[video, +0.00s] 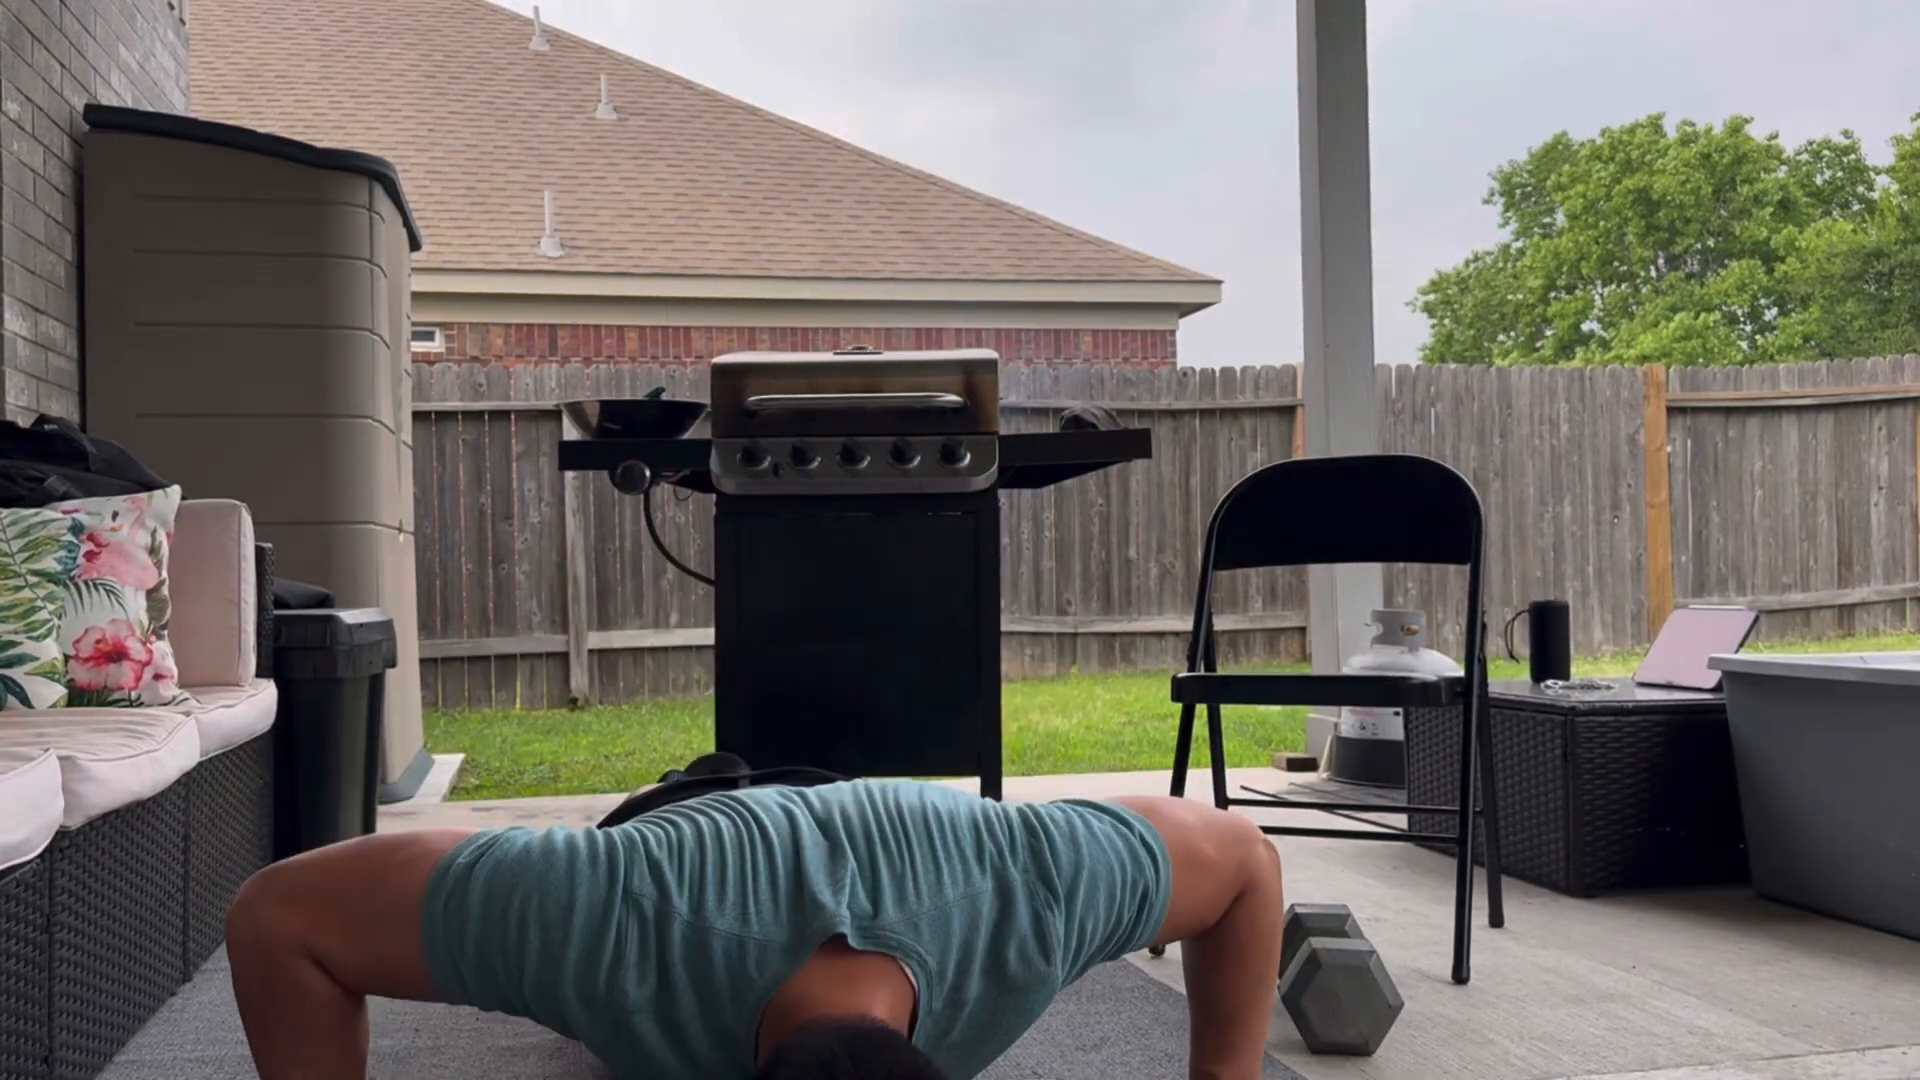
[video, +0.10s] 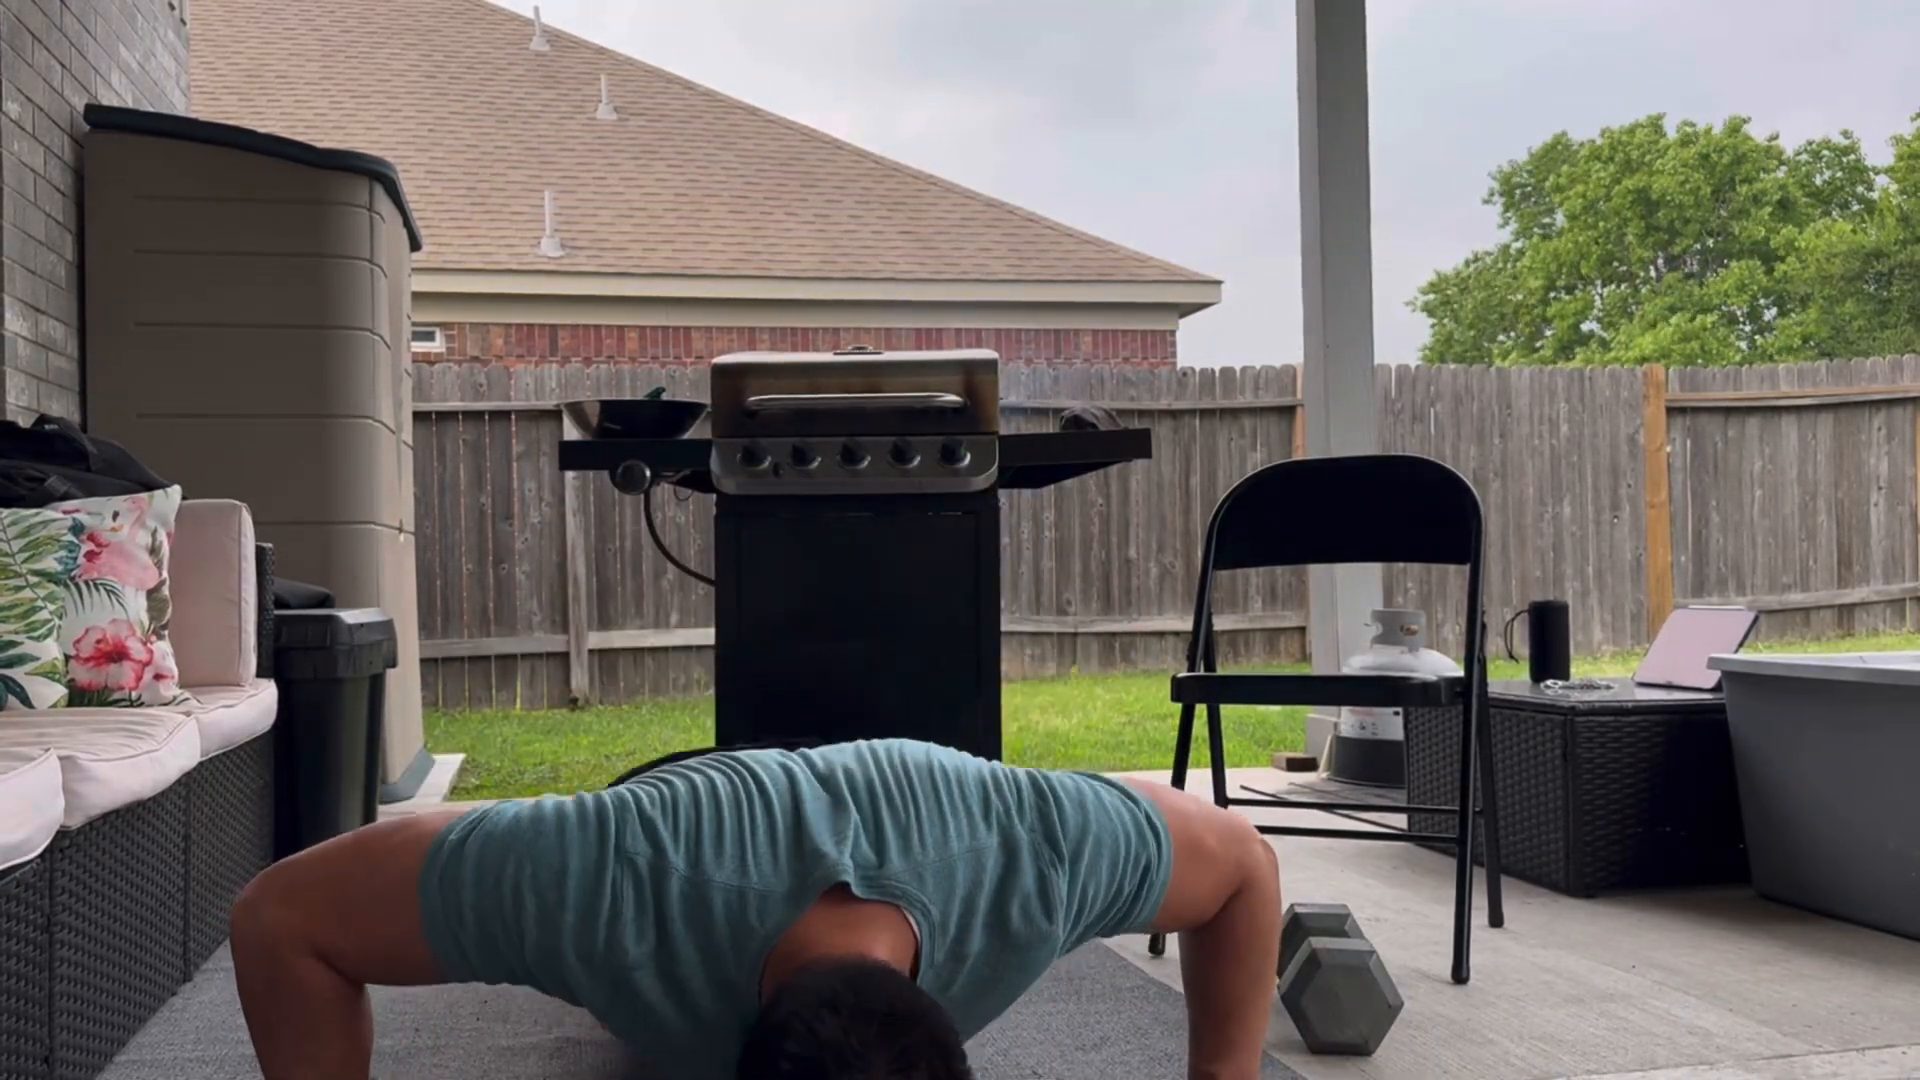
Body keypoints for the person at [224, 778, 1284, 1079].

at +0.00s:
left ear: (922, 1054)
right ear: (746, 1053)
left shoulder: (1041, 896)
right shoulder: (612, 936)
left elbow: (1245, 865)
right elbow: (279, 926)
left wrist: (1227, 1072)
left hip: (919, 814)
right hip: (682, 826)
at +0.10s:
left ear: (939, 1024)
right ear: (743, 1025)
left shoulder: (1043, 858)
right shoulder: (602, 887)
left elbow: (1242, 869)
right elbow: (281, 926)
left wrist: (1223, 1077)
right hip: (665, 818)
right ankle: (448, 802)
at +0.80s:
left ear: (932, 1045)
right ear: (750, 1045)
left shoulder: (1043, 888)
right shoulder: (611, 928)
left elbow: (1246, 867)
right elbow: (283, 926)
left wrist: (1226, 1069)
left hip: (919, 812)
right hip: (674, 828)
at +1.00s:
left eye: (895, 1060)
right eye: (790, 1049)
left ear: (963, 918)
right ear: (731, 919)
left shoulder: (1050, 762)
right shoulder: (586, 778)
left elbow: (1229, 873)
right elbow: (294, 924)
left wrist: (1223, 1067)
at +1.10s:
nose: (819, 941)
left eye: (860, 925)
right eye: (792, 911)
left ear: (954, 792)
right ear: (723, 754)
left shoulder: (1034, 645)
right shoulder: (591, 635)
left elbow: (1193, 857)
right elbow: (360, 896)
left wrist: (1216, 1074)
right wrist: (354, 1079)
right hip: (657, 828)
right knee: (657, 896)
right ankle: (625, 869)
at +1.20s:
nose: (844, 901)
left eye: (868, 887)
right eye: (819, 871)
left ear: (955, 742)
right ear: (725, 727)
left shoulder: (1025, 618)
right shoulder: (588, 615)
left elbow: (1181, 850)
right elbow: (359, 884)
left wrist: (1211, 1064)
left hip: (814, 869)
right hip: (647, 822)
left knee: (771, 952)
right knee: (644, 890)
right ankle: (629, 879)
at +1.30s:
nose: (833, 1032)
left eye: (877, 1017)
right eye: (793, 997)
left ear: (964, 835)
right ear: (731, 855)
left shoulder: (1039, 715)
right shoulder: (591, 716)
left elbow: (1215, 871)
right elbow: (311, 912)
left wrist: (1216, 1070)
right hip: (664, 897)